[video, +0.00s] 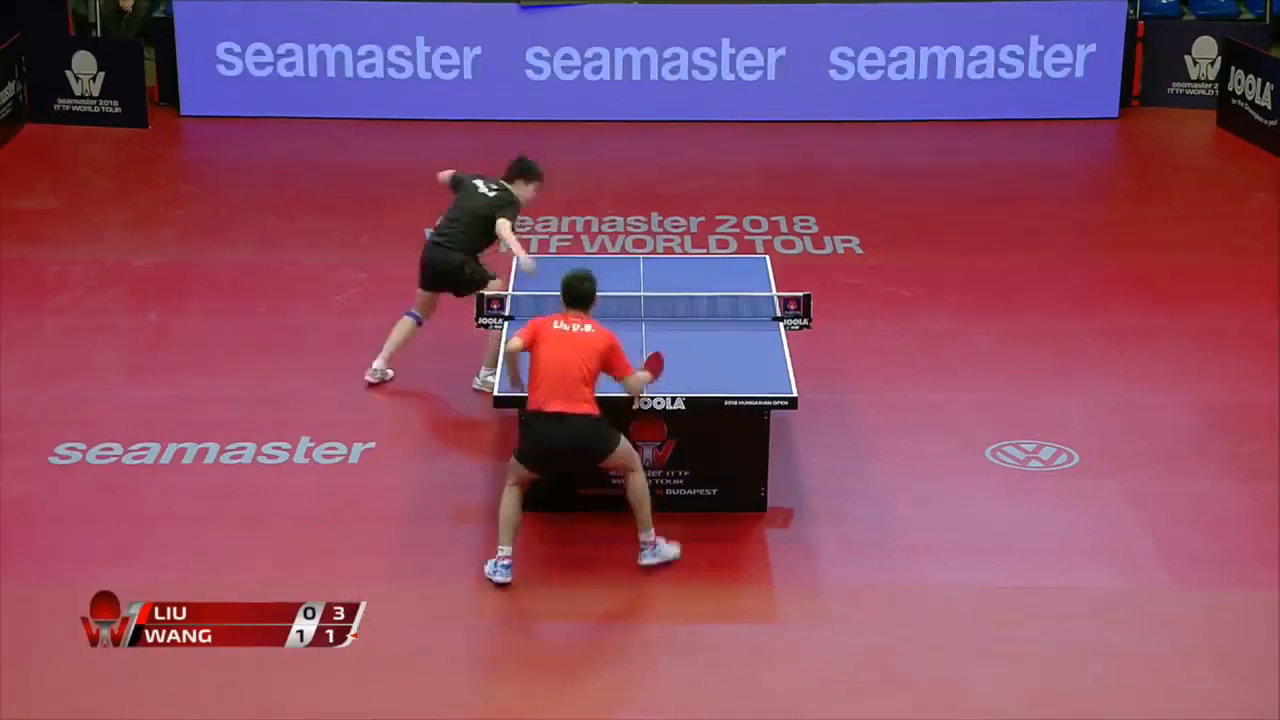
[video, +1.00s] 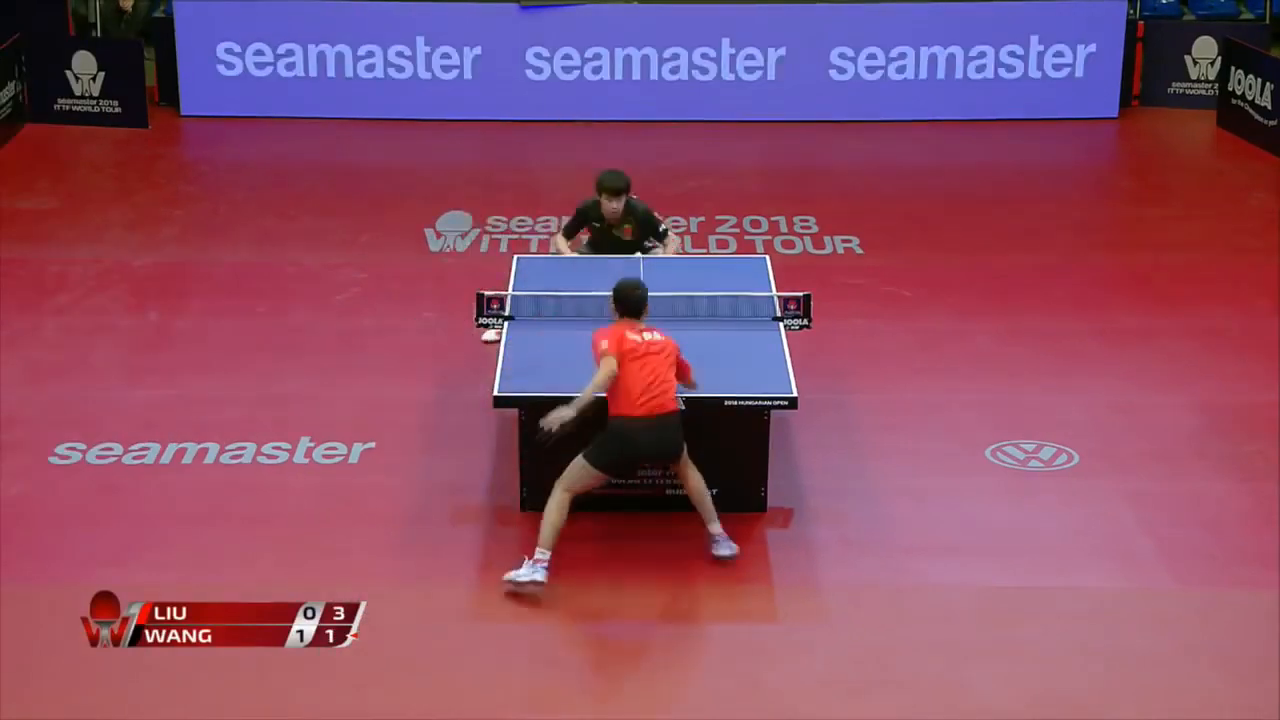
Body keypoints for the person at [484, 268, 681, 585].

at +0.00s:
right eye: (592, 297)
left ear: (562, 299)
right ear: (593, 301)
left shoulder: (540, 325)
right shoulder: (602, 336)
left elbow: (511, 347)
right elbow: (632, 386)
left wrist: (516, 382)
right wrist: (644, 375)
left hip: (540, 425)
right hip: (585, 425)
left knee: (515, 483)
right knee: (632, 466)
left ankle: (503, 561)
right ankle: (649, 544)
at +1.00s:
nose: (610, 306)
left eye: (612, 302)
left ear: (614, 306)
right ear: (645, 308)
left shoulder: (607, 335)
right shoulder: (665, 341)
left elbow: (610, 370)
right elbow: (690, 382)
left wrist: (573, 408)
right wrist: (658, 368)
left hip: (625, 434)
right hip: (668, 432)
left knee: (564, 488)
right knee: (684, 466)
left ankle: (538, 564)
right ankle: (720, 538)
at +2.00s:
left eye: (528, 361)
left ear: (526, 365)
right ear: (560, 365)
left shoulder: (514, 401)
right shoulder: (583, 397)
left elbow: (503, 421)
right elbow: (614, 431)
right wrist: (590, 447)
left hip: (555, 506)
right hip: (601, 502)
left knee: (484, 528)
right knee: (627, 497)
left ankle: (445, 609)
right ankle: (665, 560)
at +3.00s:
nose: (469, 335)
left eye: (459, 332)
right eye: (468, 332)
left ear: (433, 334)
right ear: (463, 335)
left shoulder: (413, 375)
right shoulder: (480, 369)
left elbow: (373, 418)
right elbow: (505, 372)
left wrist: (345, 424)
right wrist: (497, 360)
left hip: (425, 484)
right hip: (471, 485)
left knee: (378, 499)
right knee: (534, 538)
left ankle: (366, 583)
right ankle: (597, 594)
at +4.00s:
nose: (417, 500)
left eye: (413, 492)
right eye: (409, 497)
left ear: (391, 511)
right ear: (390, 512)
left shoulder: (381, 516)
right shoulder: (367, 557)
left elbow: (401, 486)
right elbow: (358, 611)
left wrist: (427, 496)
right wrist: (370, 654)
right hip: (299, 609)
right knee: (364, 685)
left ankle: (270, 642)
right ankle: (305, 714)